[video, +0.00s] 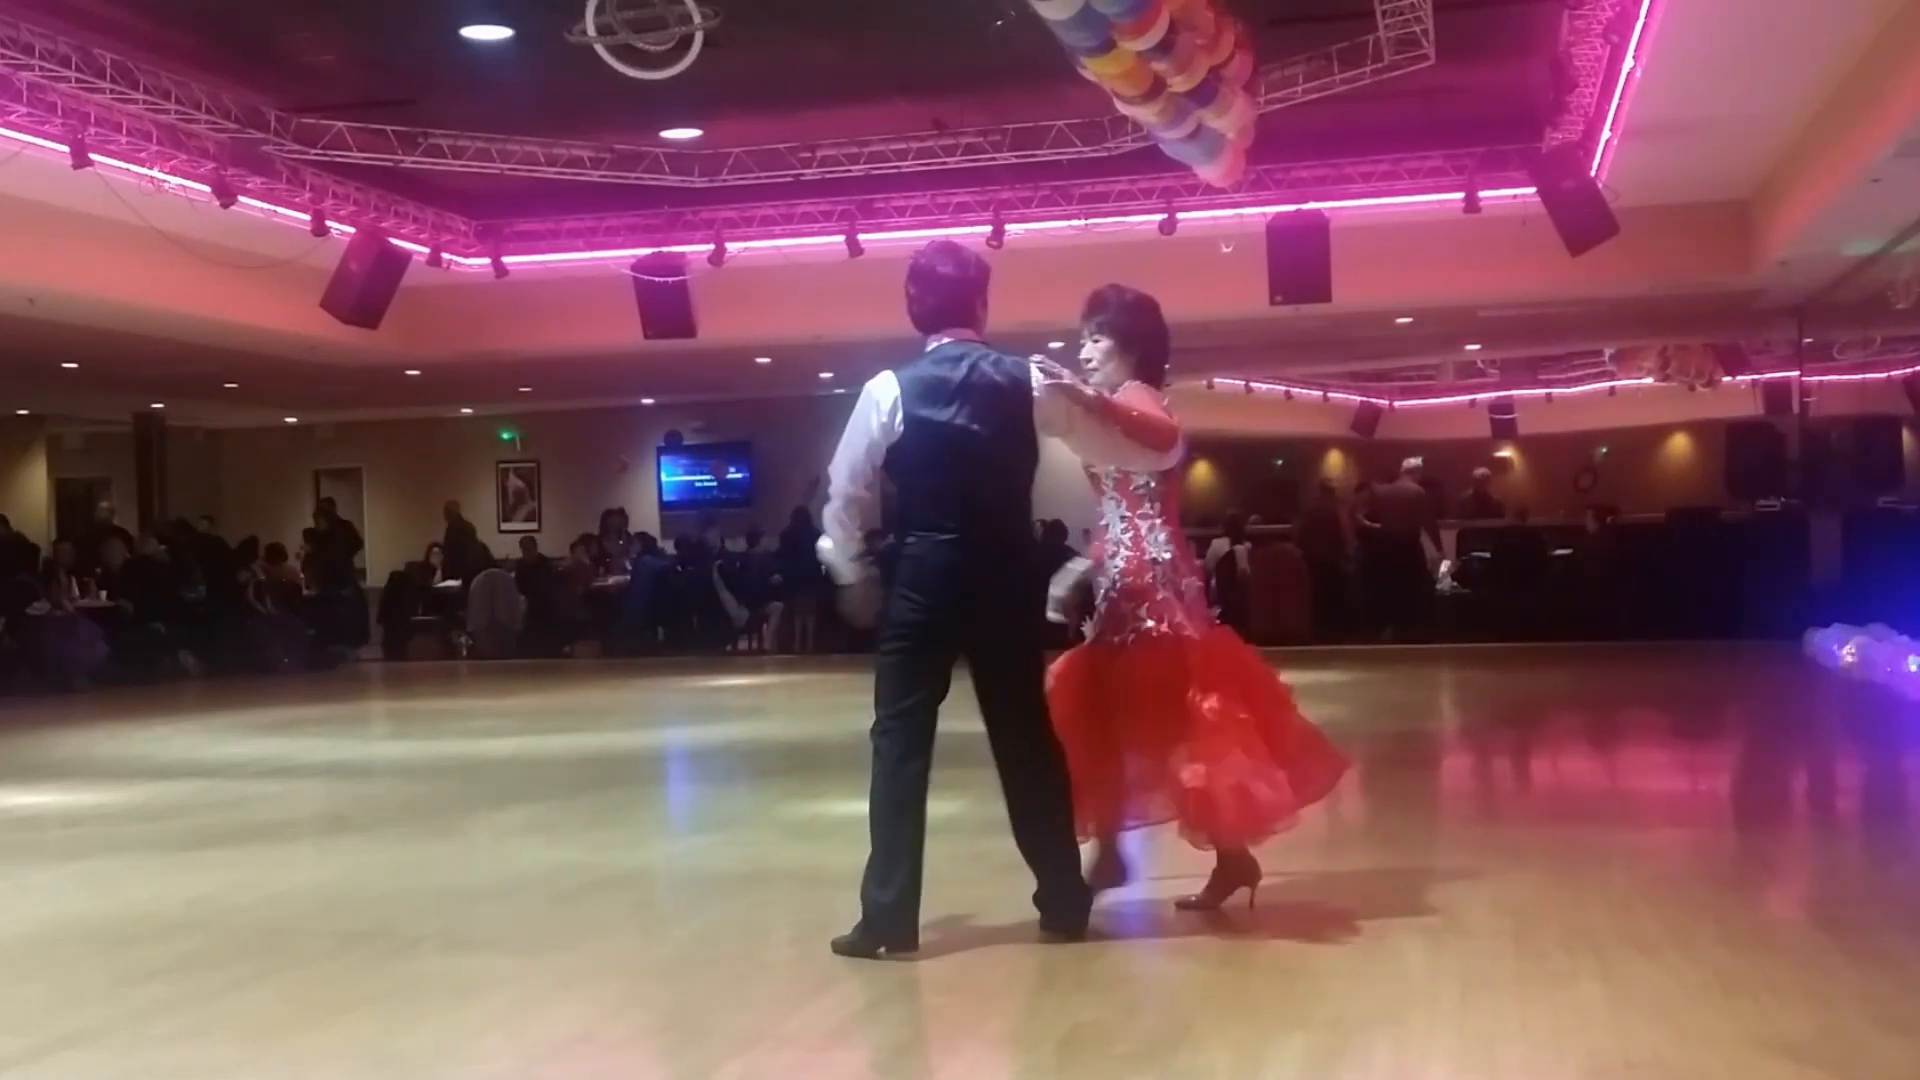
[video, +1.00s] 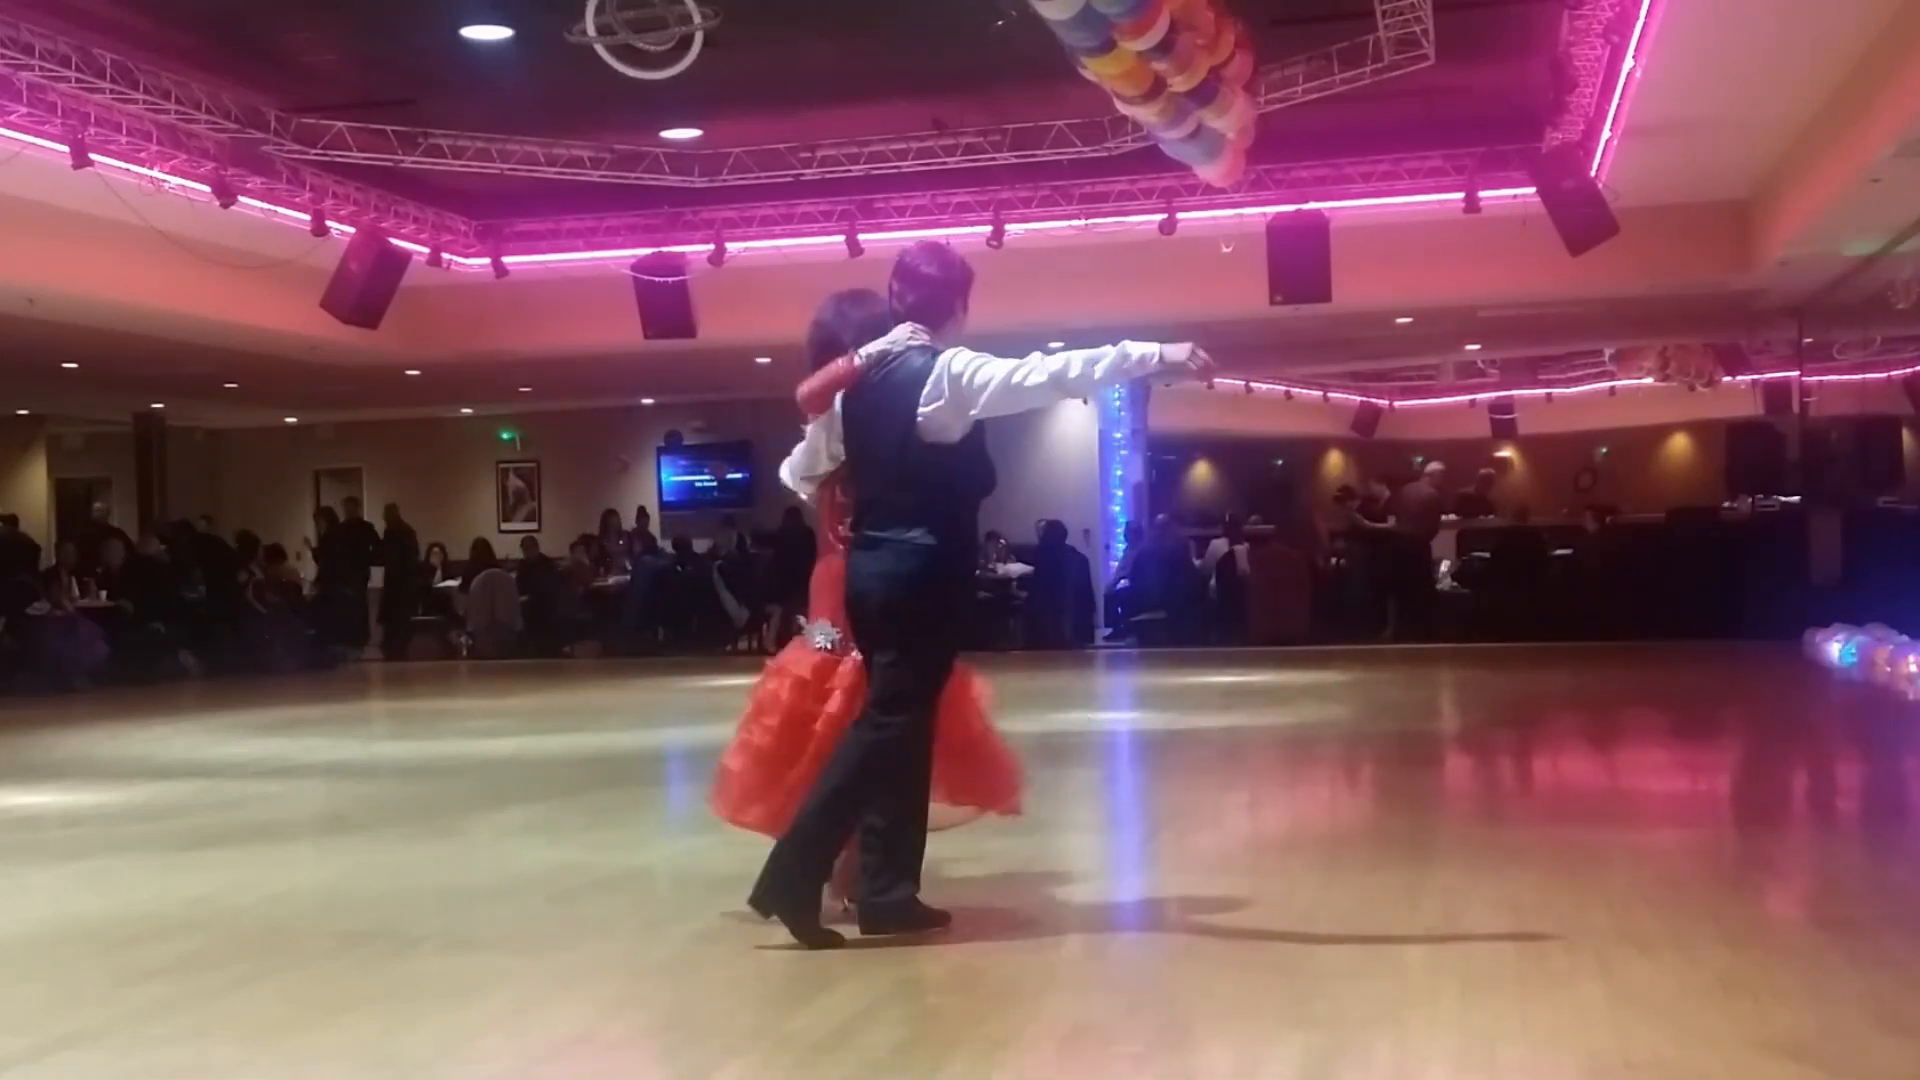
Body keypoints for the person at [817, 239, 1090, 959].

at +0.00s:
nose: (917, 310)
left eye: (915, 299)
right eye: (982, 299)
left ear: (914, 308)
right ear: (982, 304)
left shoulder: (889, 388)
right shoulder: (1031, 382)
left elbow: (847, 490)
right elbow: (1094, 466)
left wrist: (853, 569)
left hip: (922, 578)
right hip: (1007, 577)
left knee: (899, 737)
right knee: (1025, 732)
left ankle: (888, 917)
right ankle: (1064, 903)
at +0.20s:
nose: (1010, 306)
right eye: (1007, 296)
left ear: (936, 309)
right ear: (1005, 303)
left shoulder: (906, 390)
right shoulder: (1053, 377)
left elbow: (899, 502)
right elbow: (1152, 451)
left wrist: (951, 532)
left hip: (937, 576)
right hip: (1025, 575)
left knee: (917, 729)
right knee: (1047, 726)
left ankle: (896, 906)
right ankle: (1064, 899)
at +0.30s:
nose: (1013, 305)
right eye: (1011, 294)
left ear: (940, 303)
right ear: (1010, 301)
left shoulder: (901, 388)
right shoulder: (1053, 374)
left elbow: (911, 487)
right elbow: (1143, 444)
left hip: (935, 577)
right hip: (1019, 577)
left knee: (923, 729)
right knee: (1047, 726)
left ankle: (900, 900)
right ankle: (1061, 897)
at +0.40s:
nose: (1011, 307)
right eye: (1008, 297)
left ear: (936, 302)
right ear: (1004, 301)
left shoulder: (903, 383)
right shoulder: (1032, 372)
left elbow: (903, 477)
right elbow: (1131, 437)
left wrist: (898, 375)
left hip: (927, 570)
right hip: (1009, 571)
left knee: (926, 724)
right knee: (1038, 725)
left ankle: (895, 894)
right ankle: (1059, 896)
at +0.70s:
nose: (987, 312)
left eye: (982, 301)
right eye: (983, 301)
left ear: (906, 301)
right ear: (970, 302)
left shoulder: (867, 378)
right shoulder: (965, 370)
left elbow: (849, 472)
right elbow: (1065, 387)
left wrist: (923, 477)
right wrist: (1119, 416)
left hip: (880, 564)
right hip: (949, 571)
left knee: (896, 728)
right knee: (993, 731)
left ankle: (886, 897)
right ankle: (1002, 897)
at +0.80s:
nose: (973, 313)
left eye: (971, 303)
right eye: (970, 303)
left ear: (900, 295)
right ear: (957, 304)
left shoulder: (861, 378)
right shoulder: (953, 368)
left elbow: (835, 474)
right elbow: (1044, 381)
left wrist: (900, 477)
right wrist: (1130, 387)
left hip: (873, 561)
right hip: (938, 565)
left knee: (888, 723)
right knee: (958, 730)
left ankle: (880, 894)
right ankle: (897, 887)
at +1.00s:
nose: (966, 312)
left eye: (964, 300)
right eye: (964, 300)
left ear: (895, 298)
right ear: (954, 301)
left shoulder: (858, 376)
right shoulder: (951, 370)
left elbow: (801, 469)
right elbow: (1048, 374)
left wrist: (829, 520)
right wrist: (1157, 357)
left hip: (870, 559)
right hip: (924, 562)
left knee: (903, 726)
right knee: (890, 726)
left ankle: (887, 894)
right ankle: (790, 877)